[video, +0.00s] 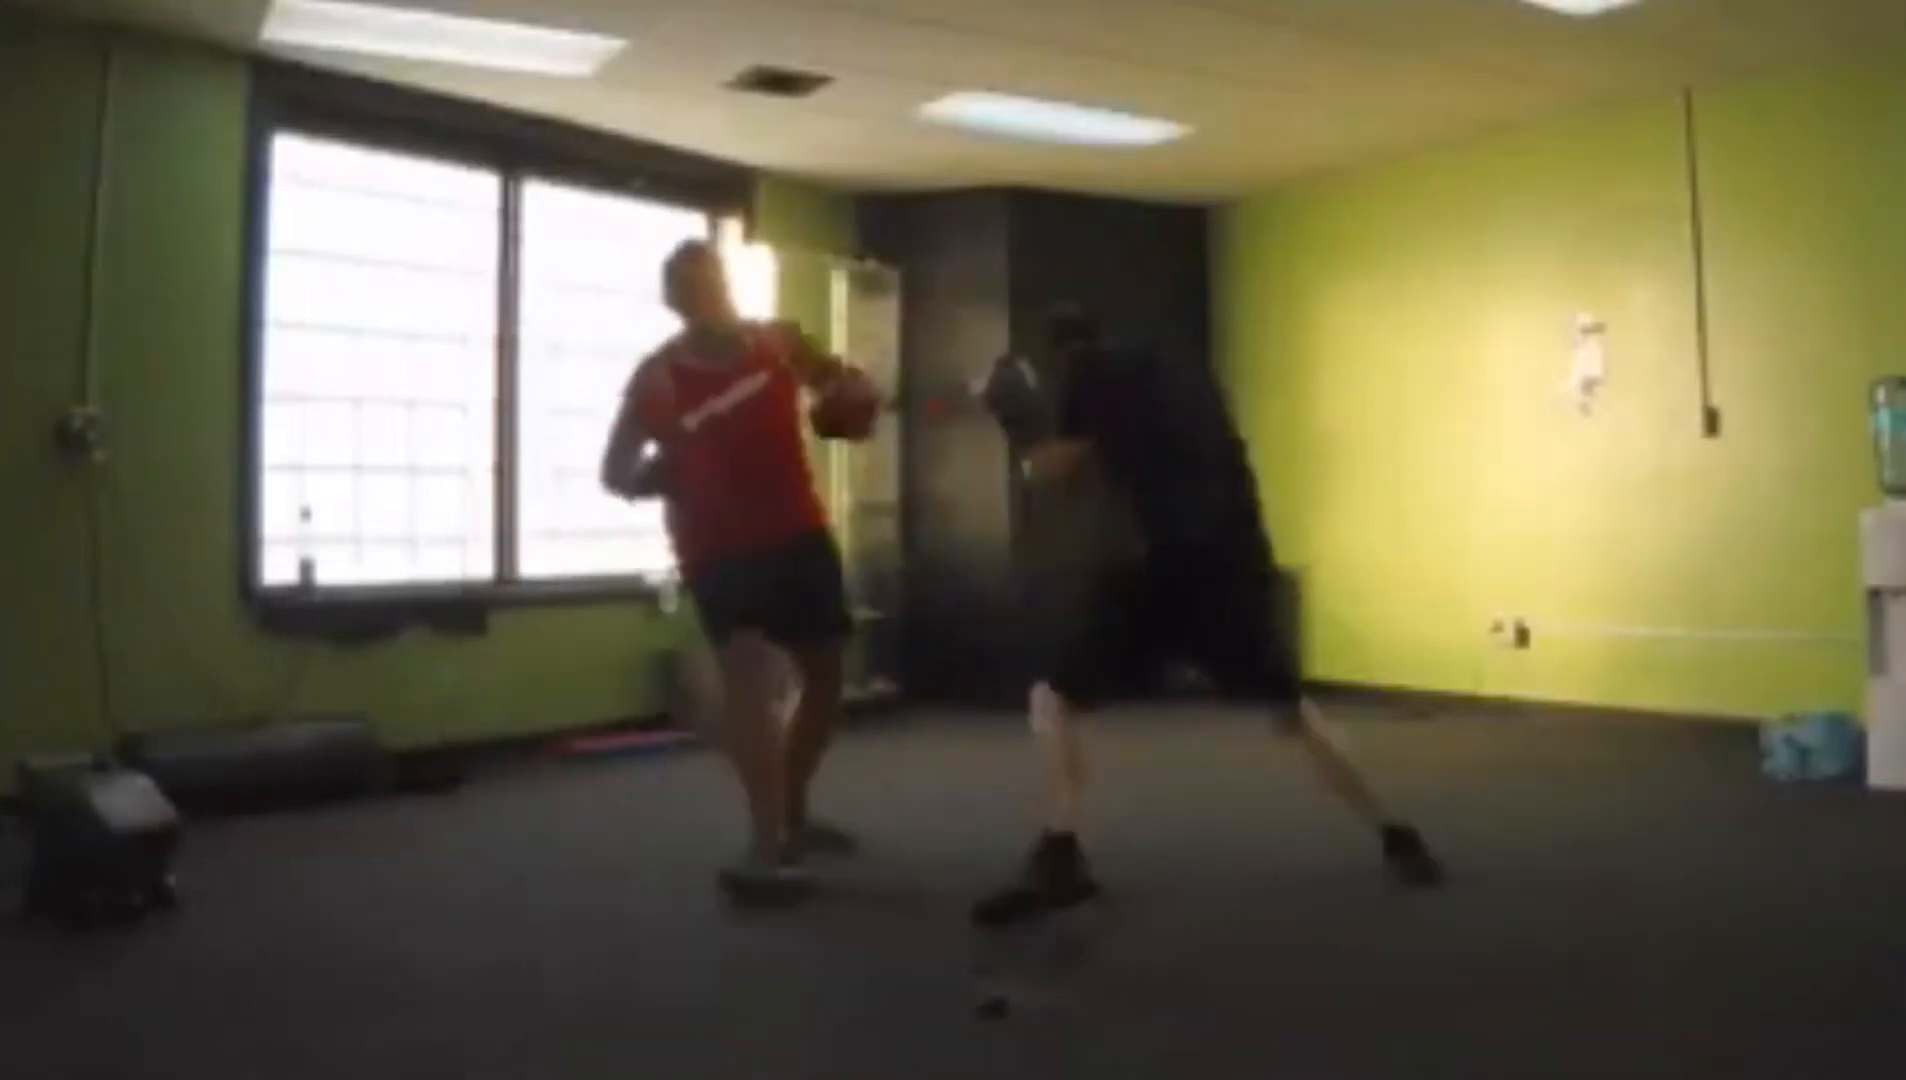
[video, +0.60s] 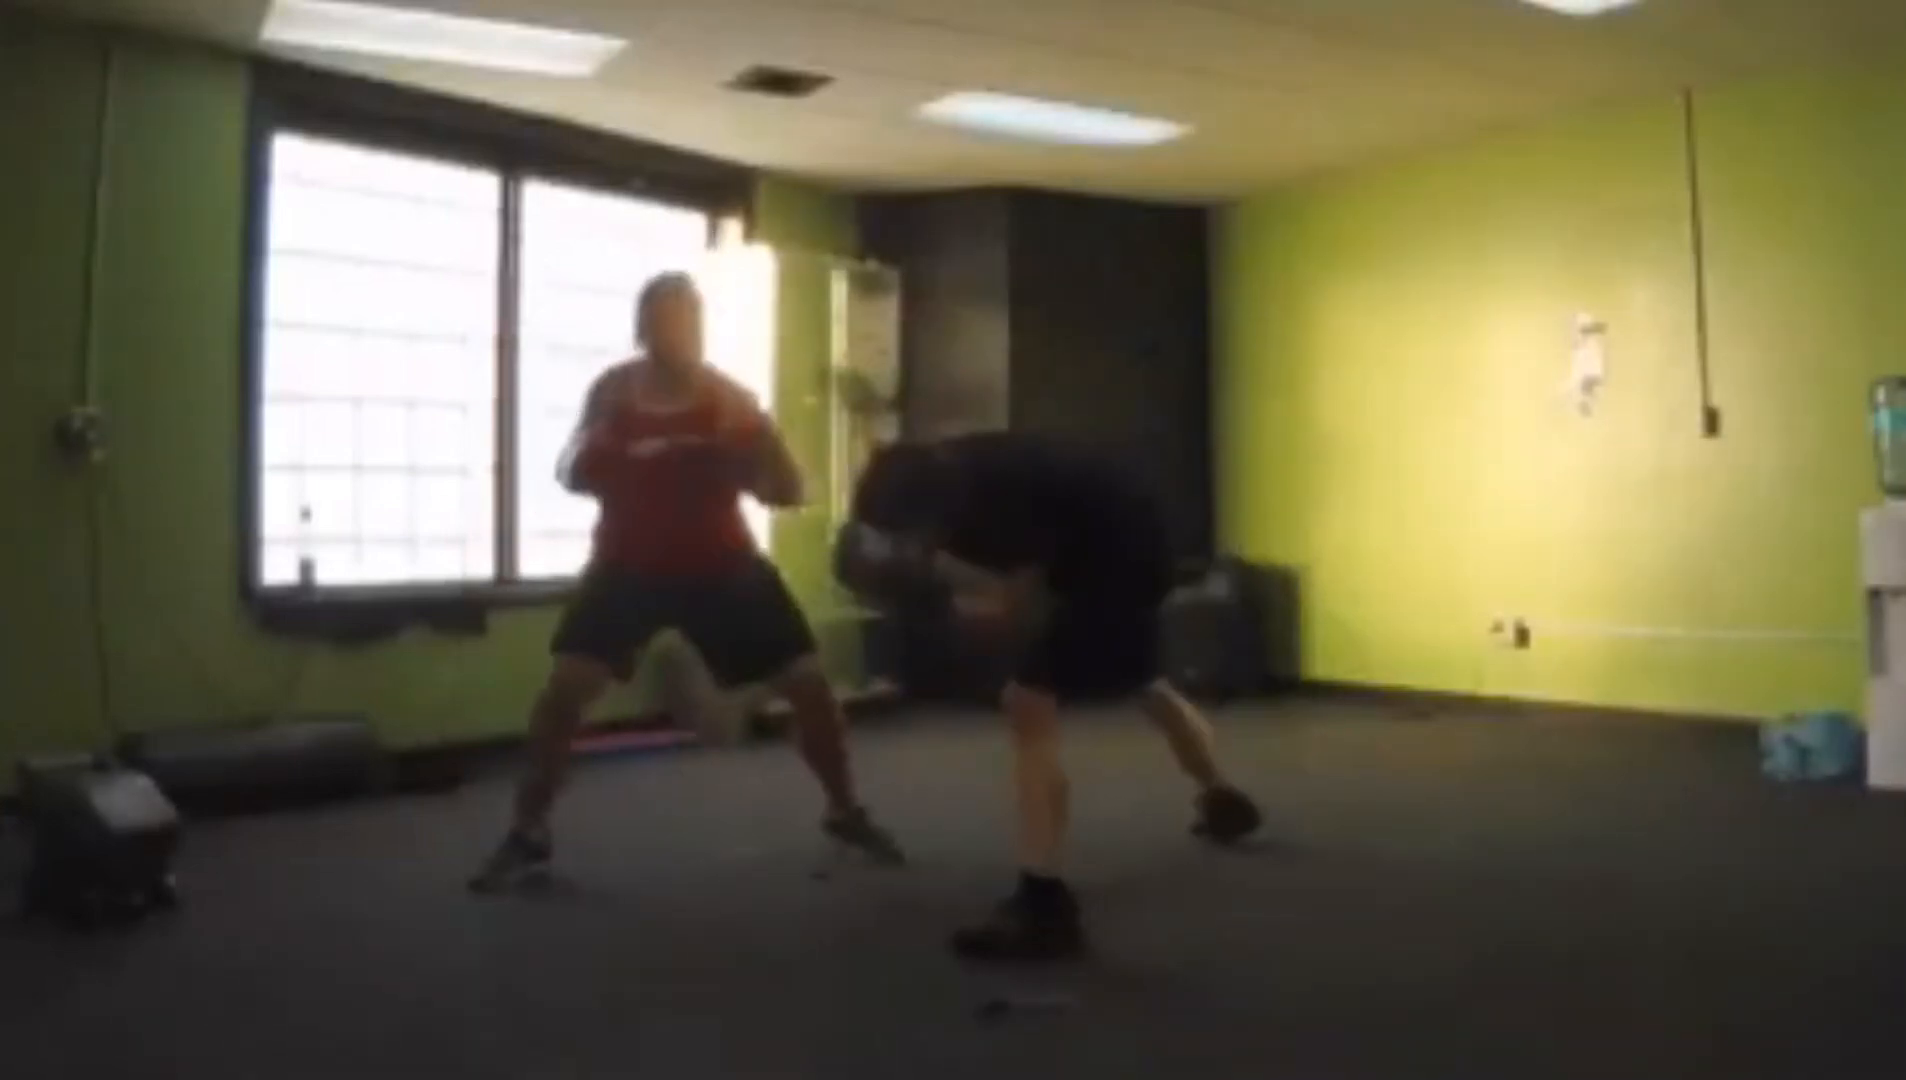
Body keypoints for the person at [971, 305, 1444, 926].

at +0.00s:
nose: (1049, 365)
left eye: (1050, 355)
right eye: (1050, 355)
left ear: (1063, 350)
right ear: (1105, 337)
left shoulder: (1096, 377)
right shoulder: (1184, 376)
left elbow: (1061, 463)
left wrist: (1016, 423)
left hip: (1160, 570)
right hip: (1235, 565)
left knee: (1056, 697)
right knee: (1291, 714)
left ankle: (1060, 852)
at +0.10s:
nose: (1005, 435)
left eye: (1003, 423)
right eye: (1003, 424)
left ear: (1015, 413)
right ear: (1045, 389)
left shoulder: (1061, 433)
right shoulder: (1113, 423)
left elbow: (1014, 538)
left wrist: (970, 453)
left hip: (1151, 602)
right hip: (1225, 591)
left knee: (1055, 735)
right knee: (1285, 736)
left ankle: (1053, 903)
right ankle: (1408, 838)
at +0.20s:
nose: (957, 478)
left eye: (952, 462)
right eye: (949, 464)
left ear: (968, 445)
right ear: (989, 422)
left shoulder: (1030, 464)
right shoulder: (1067, 442)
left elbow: (997, 555)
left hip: (1148, 607)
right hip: (1217, 593)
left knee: (1031, 721)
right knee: (1269, 735)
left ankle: (1047, 896)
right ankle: (1397, 828)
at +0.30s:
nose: (933, 500)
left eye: (929, 490)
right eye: (923, 491)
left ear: (946, 469)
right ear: (944, 441)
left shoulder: (1007, 467)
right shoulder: (1005, 446)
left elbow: (989, 569)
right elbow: (904, 436)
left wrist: (896, 540)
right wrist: (833, 440)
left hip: (1133, 590)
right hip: (1188, 577)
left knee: (1032, 710)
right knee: (1224, 706)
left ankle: (1042, 898)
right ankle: (1361, 803)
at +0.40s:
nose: (926, 518)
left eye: (919, 506)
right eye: (913, 509)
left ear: (930, 485)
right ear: (933, 462)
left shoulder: (989, 487)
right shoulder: (983, 461)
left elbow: (1010, 582)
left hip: (1130, 576)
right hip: (1175, 557)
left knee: (1036, 705)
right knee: (1203, 691)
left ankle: (1045, 894)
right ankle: (1317, 796)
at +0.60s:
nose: (910, 540)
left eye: (906, 529)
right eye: (900, 532)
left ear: (917, 507)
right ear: (919, 472)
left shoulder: (966, 504)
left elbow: (1025, 588)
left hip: (1102, 560)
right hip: (1140, 542)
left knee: (1029, 706)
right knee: (1150, 688)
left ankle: (1042, 896)